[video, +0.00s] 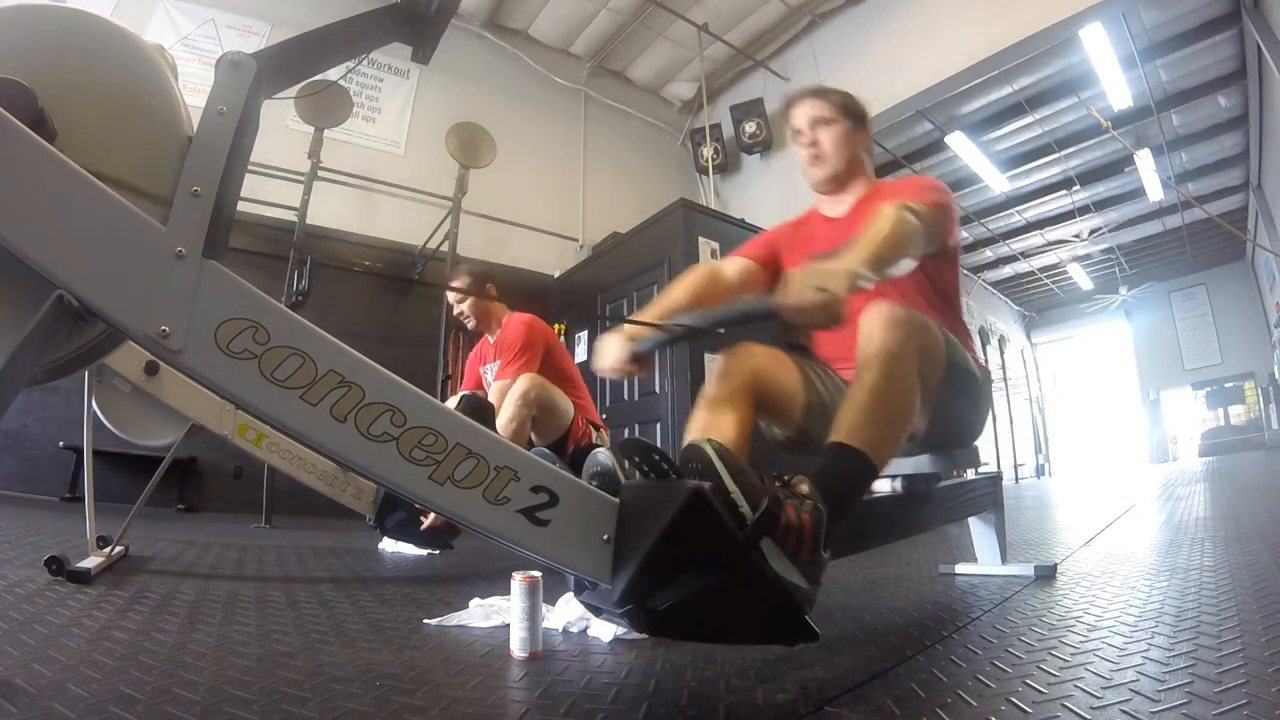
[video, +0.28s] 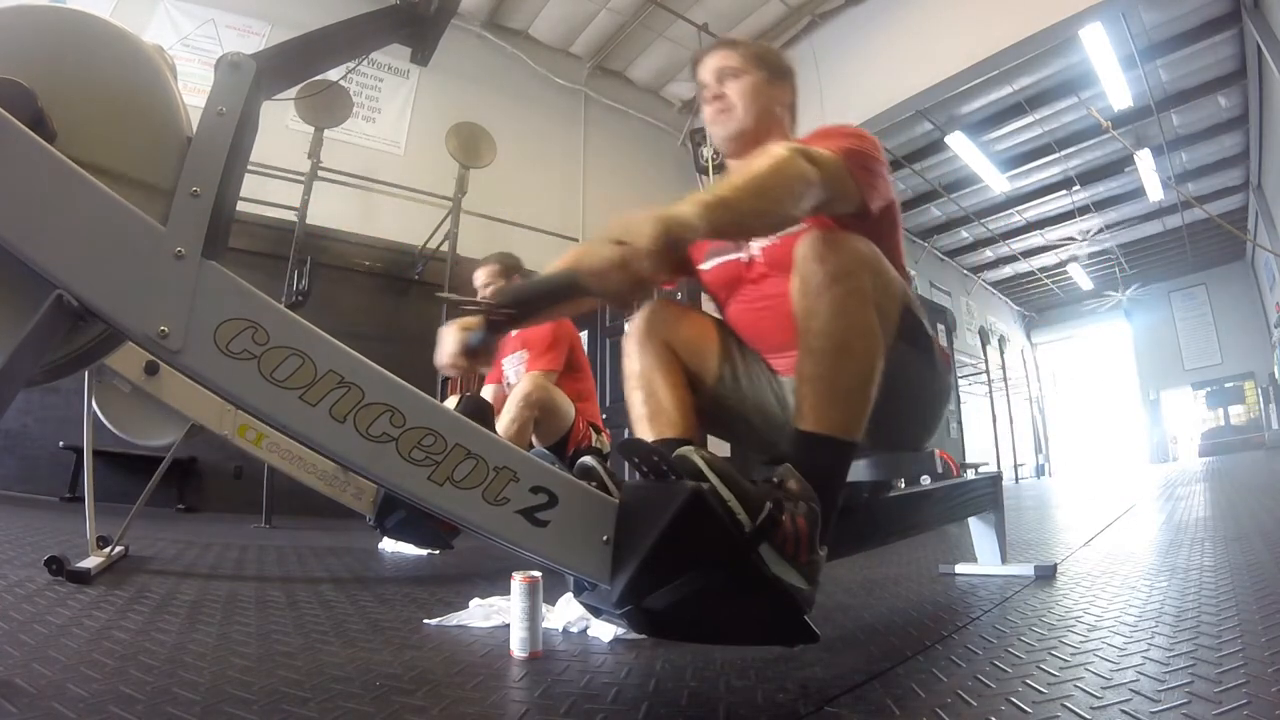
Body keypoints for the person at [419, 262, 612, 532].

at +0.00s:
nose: (457, 312)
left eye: (461, 301)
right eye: (452, 306)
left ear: (490, 291)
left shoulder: (523, 327)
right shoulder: (477, 354)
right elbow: (464, 414)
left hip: (582, 439)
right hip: (530, 444)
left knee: (528, 387)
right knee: (457, 404)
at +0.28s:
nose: (481, 296)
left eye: (488, 286)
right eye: (478, 291)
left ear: (516, 282)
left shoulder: (552, 323)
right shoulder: (503, 340)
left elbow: (536, 388)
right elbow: (490, 399)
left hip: (585, 440)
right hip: (529, 438)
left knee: (531, 389)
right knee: (454, 403)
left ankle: (489, 474)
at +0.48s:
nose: (529, 294)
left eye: (534, 287)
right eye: (526, 289)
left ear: (550, 289)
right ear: (524, 296)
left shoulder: (577, 321)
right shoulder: (524, 344)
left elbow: (569, 385)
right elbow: (506, 393)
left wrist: (508, 399)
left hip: (583, 438)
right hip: (531, 431)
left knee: (540, 394)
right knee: (469, 377)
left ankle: (477, 488)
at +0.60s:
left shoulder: (591, 325)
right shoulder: (541, 338)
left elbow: (595, 380)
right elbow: (512, 401)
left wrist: (538, 342)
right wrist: (459, 373)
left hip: (588, 445)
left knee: (540, 391)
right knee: (470, 405)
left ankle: (485, 479)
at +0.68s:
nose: (548, 294)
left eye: (556, 286)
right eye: (544, 287)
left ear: (577, 285)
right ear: (541, 288)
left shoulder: (603, 325)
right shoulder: (552, 340)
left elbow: (622, 372)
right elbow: (518, 398)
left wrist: (574, 318)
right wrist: (488, 355)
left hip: (591, 444)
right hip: (544, 439)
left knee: (536, 387)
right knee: (471, 408)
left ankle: (493, 473)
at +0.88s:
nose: (566, 286)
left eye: (575, 279)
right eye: (564, 282)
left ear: (601, 286)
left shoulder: (622, 333)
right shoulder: (567, 346)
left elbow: (658, 352)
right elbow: (533, 387)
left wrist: (632, 305)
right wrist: (538, 346)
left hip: (600, 438)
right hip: (555, 433)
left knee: (527, 379)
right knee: (472, 406)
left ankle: (493, 464)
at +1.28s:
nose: (589, 295)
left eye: (597, 287)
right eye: (587, 292)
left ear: (621, 294)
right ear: (587, 301)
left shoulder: (639, 339)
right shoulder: (595, 347)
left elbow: (668, 398)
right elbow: (572, 404)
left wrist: (651, 335)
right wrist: (562, 365)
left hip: (607, 434)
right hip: (572, 430)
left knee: (534, 371)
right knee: (475, 401)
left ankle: (505, 468)